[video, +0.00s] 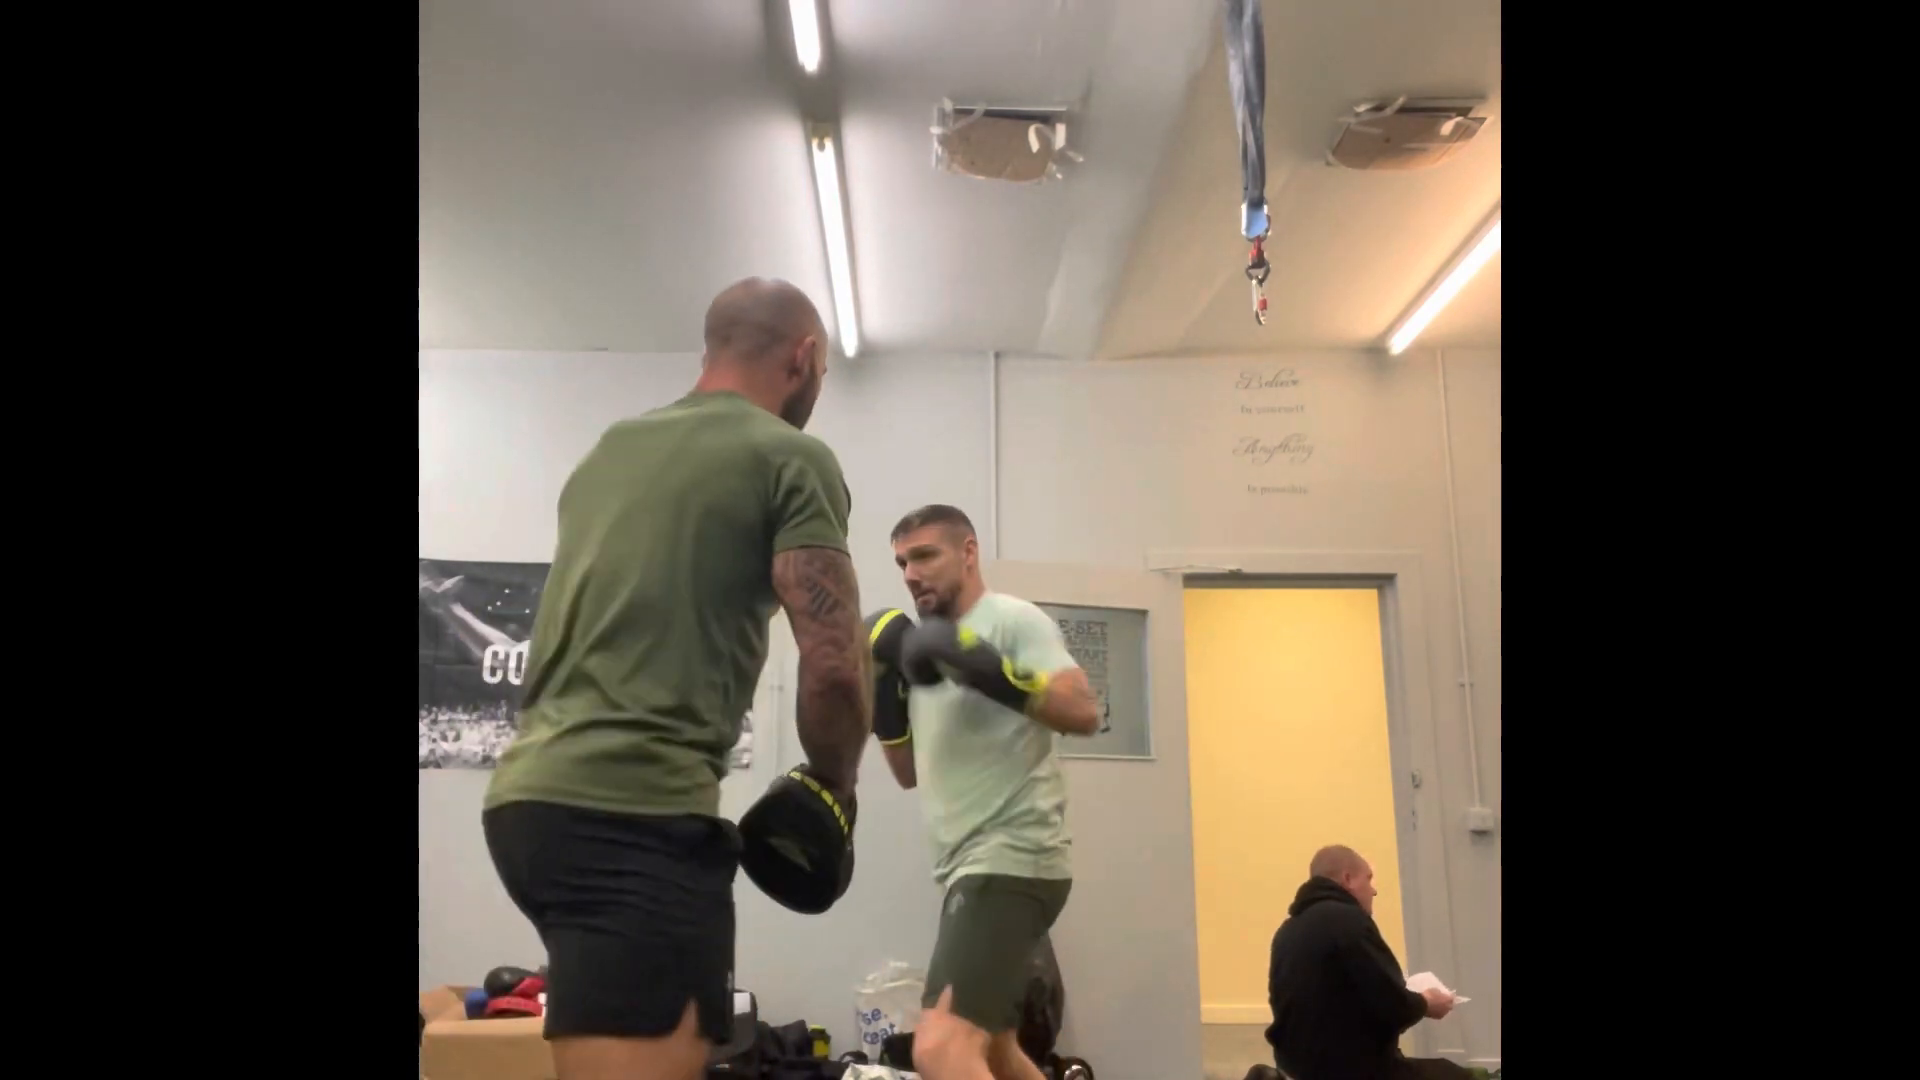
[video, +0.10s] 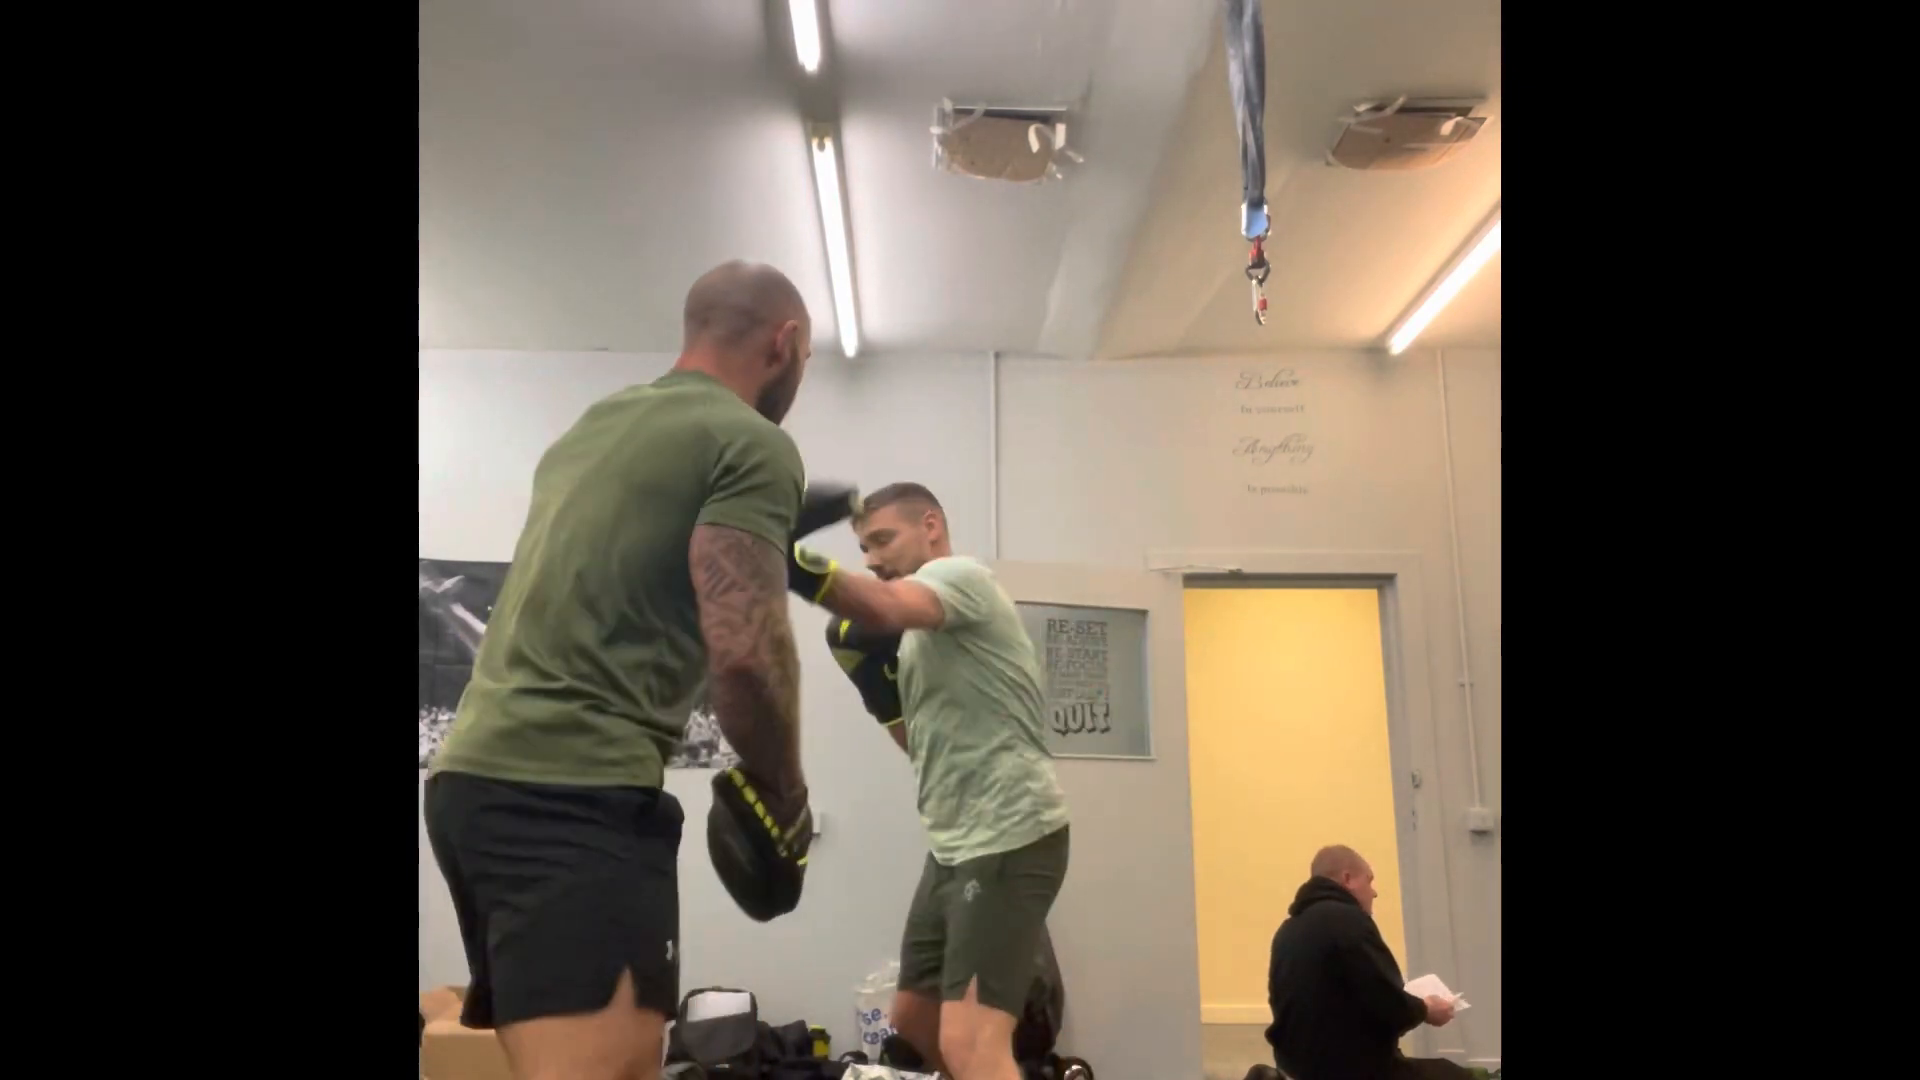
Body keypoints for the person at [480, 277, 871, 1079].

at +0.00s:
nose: (819, 395)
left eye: (822, 373)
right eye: (824, 370)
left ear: (710, 351)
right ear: (802, 354)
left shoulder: (610, 448)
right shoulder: (785, 455)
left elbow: (586, 638)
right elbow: (833, 671)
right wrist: (832, 797)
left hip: (527, 801)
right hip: (637, 810)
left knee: (687, 1042)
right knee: (627, 1063)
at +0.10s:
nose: (799, 380)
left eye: (805, 361)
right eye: (807, 357)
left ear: (696, 333)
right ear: (786, 340)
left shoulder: (594, 424)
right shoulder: (747, 442)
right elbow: (744, 657)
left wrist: (762, 512)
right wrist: (785, 803)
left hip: (479, 782)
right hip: (578, 792)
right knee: (598, 1063)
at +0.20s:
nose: (740, 338)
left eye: (741, 319)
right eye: (742, 316)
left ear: (617, 307)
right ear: (723, 306)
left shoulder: (521, 420)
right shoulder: (699, 417)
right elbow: (723, 661)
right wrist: (731, 820)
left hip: (436, 801)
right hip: (532, 822)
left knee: (545, 1057)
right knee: (470, 1063)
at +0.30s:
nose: (679, 291)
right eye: (682, 271)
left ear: (548, 273)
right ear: (667, 264)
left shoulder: (460, 381)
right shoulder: (645, 376)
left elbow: (455, 586)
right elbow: (715, 598)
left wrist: (592, 661)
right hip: (496, 810)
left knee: (499, 1057)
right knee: (494, 1061)